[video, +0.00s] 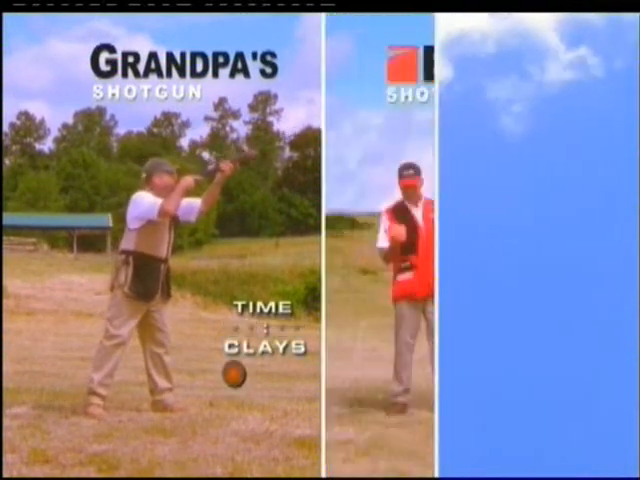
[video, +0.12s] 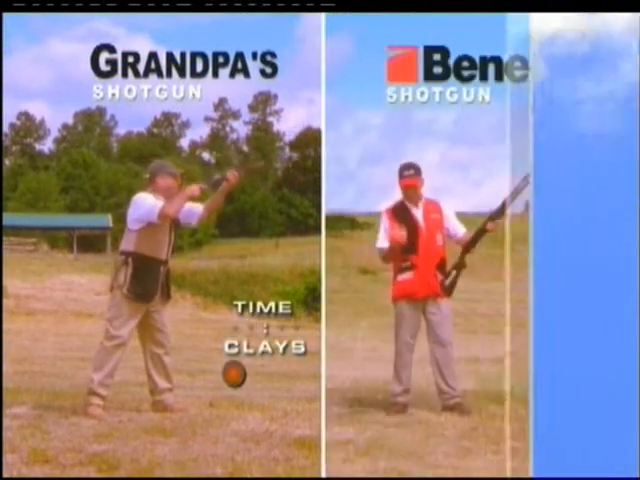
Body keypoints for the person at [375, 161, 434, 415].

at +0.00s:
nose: (411, 190)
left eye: (414, 185)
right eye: (406, 186)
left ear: (421, 183)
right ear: (399, 186)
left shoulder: (434, 209)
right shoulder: (390, 214)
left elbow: (444, 239)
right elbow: (384, 253)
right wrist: (394, 242)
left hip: (434, 280)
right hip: (406, 282)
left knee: (439, 341)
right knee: (404, 341)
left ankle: (445, 393)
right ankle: (401, 392)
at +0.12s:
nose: (411, 190)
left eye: (414, 185)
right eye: (406, 186)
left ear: (422, 183)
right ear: (400, 186)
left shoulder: (437, 209)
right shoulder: (390, 214)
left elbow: (462, 239)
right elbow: (383, 254)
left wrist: (483, 231)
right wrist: (396, 245)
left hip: (436, 283)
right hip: (407, 285)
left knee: (444, 342)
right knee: (405, 343)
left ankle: (451, 398)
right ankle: (400, 397)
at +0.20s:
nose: (411, 190)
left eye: (414, 184)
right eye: (406, 186)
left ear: (422, 183)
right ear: (400, 186)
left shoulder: (437, 209)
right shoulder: (391, 214)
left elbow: (462, 239)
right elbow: (381, 252)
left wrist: (483, 231)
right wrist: (398, 249)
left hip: (436, 283)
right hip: (407, 285)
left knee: (444, 342)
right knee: (405, 343)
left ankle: (451, 397)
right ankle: (400, 396)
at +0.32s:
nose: (411, 190)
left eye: (415, 185)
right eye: (407, 186)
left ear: (422, 183)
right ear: (400, 187)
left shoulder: (437, 209)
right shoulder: (391, 214)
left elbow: (462, 239)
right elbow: (380, 250)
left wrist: (483, 230)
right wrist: (397, 251)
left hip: (436, 283)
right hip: (407, 285)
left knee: (444, 342)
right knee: (405, 343)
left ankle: (451, 397)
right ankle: (400, 396)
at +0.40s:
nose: (411, 190)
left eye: (415, 185)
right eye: (407, 186)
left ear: (422, 183)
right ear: (400, 187)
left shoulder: (438, 209)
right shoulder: (391, 214)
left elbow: (463, 239)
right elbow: (380, 251)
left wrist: (483, 230)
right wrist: (397, 251)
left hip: (436, 283)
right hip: (407, 285)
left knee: (444, 342)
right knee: (405, 343)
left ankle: (451, 397)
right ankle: (400, 396)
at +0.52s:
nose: (412, 190)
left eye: (415, 185)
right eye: (407, 186)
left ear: (422, 183)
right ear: (400, 186)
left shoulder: (438, 209)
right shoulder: (391, 214)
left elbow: (462, 239)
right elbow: (379, 250)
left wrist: (483, 231)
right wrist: (395, 252)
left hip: (436, 283)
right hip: (407, 285)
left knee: (444, 342)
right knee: (405, 343)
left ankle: (451, 397)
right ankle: (400, 396)